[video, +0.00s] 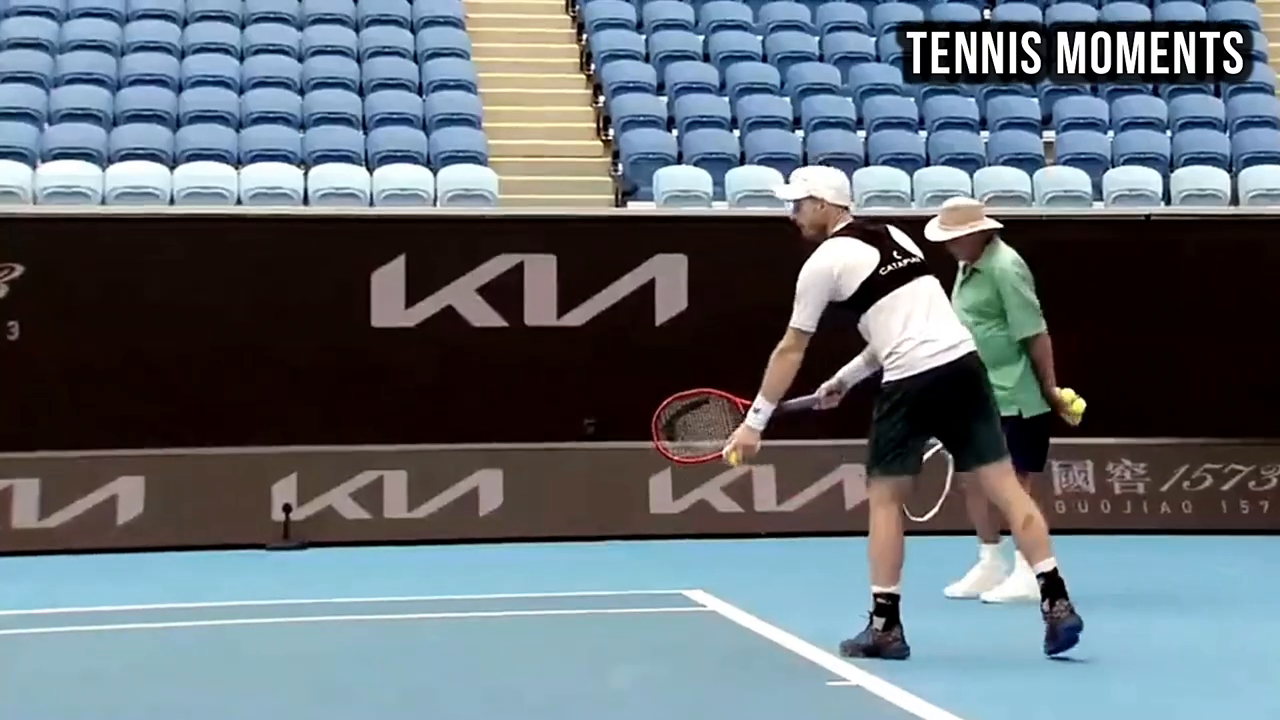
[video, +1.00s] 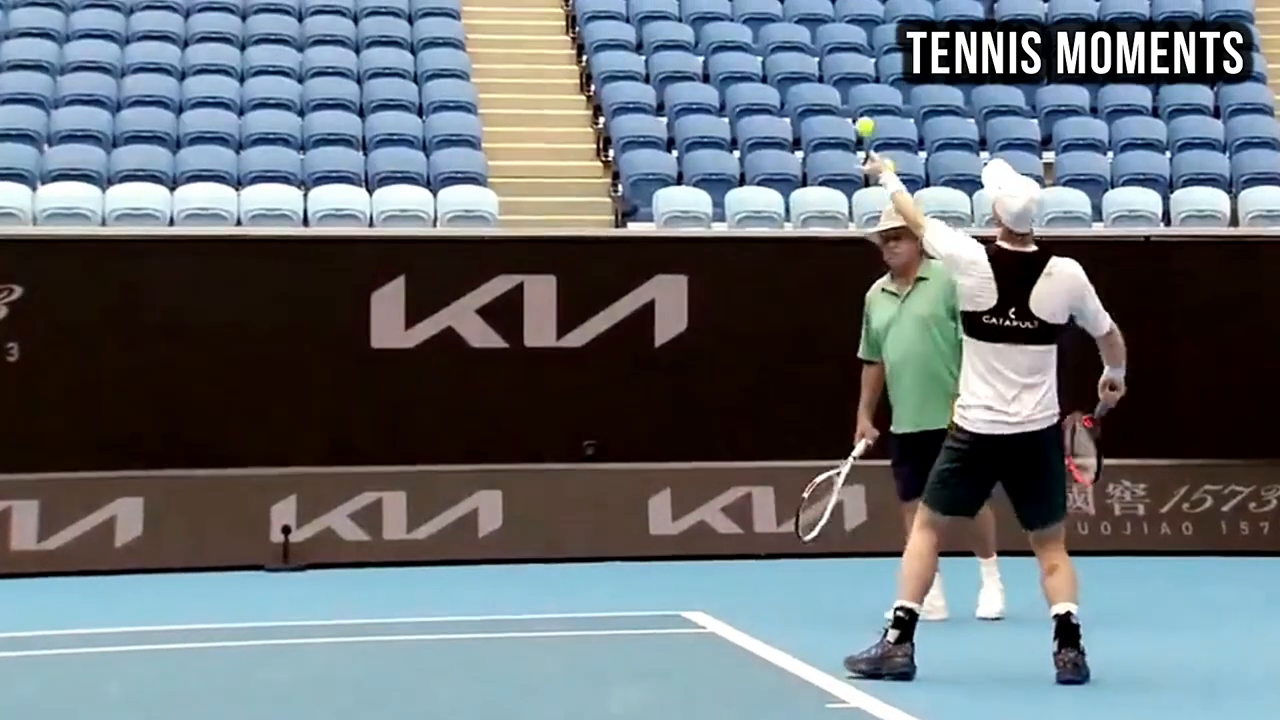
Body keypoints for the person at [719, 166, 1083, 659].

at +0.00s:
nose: (794, 215)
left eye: (800, 205)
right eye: (794, 205)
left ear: (826, 207)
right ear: (841, 208)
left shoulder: (822, 261)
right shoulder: (890, 232)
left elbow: (791, 349)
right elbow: (901, 325)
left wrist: (754, 423)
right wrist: (843, 379)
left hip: (909, 380)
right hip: (965, 366)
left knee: (886, 500)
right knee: (1006, 488)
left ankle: (885, 626)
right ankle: (1059, 605)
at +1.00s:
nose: (991, 211)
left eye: (992, 208)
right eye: (1000, 208)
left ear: (994, 218)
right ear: (1036, 219)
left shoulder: (969, 259)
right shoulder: (1067, 275)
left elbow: (917, 221)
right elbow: (1108, 334)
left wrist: (887, 176)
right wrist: (1116, 376)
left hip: (975, 431)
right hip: (1039, 432)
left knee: (927, 527)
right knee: (1051, 548)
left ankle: (897, 642)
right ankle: (1069, 647)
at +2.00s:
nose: (759, 165)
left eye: (767, 161)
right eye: (763, 158)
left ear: (787, 180)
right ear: (786, 179)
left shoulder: (801, 254)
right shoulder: (787, 203)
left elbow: (791, 335)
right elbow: (746, 123)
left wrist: (735, 315)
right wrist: (719, 53)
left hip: (840, 375)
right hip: (860, 362)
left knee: (814, 500)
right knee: (868, 479)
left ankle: (829, 625)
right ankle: (881, 601)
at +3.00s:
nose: (494, 173)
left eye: (505, 164)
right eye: (495, 163)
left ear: (537, 173)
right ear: (521, 174)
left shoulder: (578, 232)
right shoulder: (524, 245)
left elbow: (625, 309)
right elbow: (532, 331)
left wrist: (629, 391)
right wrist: (514, 405)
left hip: (596, 399)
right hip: (563, 399)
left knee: (557, 521)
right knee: (579, 527)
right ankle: (627, 650)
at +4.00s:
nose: (510, 134)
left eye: (512, 127)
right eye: (522, 127)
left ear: (514, 132)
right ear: (560, 136)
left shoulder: (484, 189)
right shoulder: (588, 198)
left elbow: (458, 271)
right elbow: (610, 288)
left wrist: (497, 303)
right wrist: (628, 371)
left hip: (505, 372)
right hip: (577, 368)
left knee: (494, 505)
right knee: (599, 497)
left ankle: (495, 639)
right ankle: (621, 630)